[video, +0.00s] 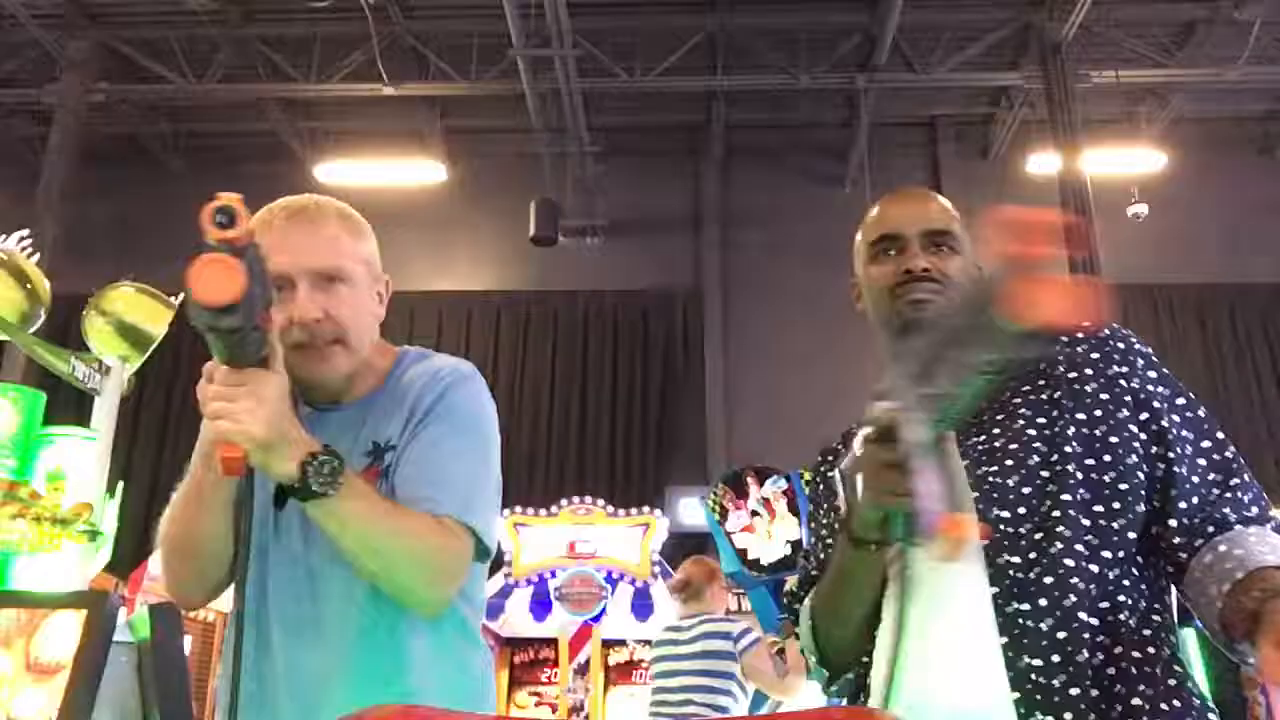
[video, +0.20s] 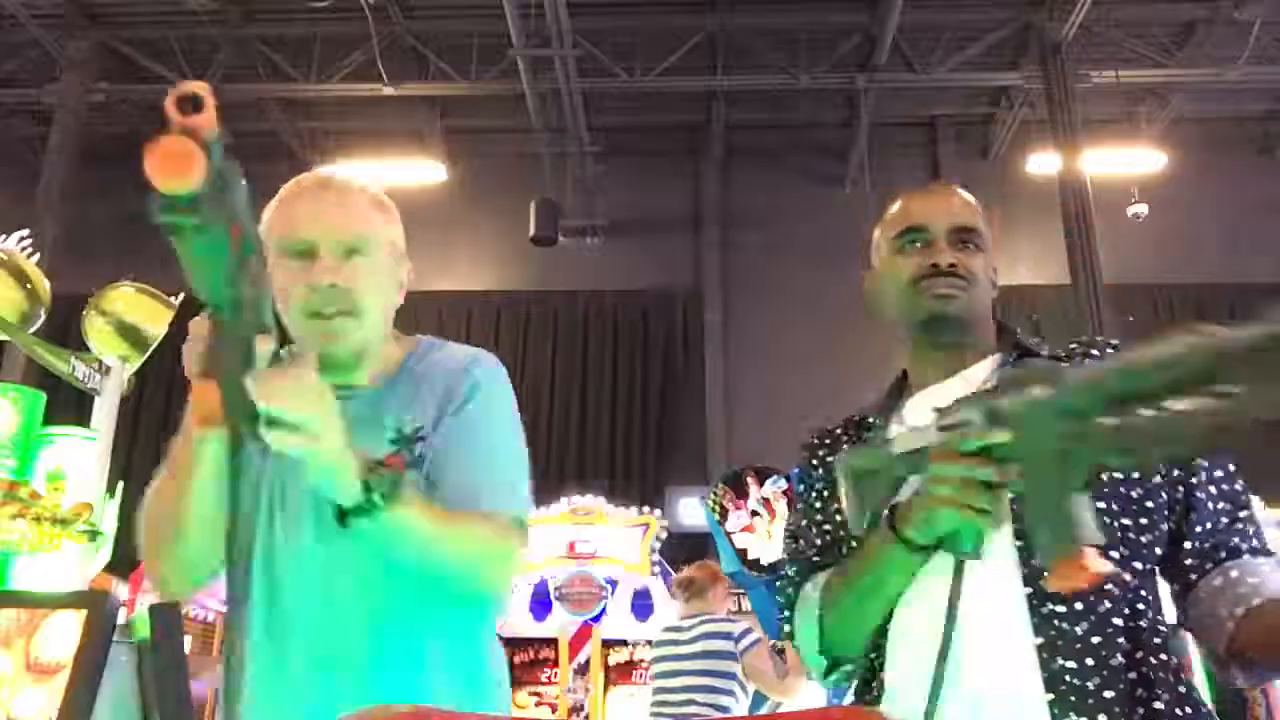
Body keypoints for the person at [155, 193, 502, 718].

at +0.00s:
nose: (305, 312)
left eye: (331, 282)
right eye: (279, 288)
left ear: (381, 297)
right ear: (253, 309)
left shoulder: (446, 391)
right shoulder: (253, 406)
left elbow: (433, 578)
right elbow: (188, 585)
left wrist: (296, 455)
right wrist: (219, 434)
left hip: (417, 709)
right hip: (265, 706)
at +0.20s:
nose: (326, 277)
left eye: (353, 253)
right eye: (301, 255)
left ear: (402, 278)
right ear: (268, 280)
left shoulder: (464, 383)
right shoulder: (247, 400)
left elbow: (493, 566)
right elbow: (172, 575)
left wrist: (348, 474)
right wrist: (207, 408)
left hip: (440, 708)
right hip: (275, 705)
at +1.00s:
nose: (273, 288)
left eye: (299, 270)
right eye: (250, 265)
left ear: (338, 295)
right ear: (216, 283)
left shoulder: (383, 401)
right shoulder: (147, 387)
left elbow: (407, 562)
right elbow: (123, 568)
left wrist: (267, 472)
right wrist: (165, 462)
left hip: (329, 704)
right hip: (162, 704)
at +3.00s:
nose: (270, 322)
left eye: (295, 299)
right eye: (248, 299)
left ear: (343, 314)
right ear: (222, 312)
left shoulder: (397, 429)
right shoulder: (178, 413)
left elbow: (417, 595)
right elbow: (116, 560)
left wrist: (353, 630)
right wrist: (134, 457)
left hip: (328, 708)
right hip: (172, 703)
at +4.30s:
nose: (316, 317)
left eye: (341, 299)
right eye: (296, 295)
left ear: (377, 326)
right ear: (264, 317)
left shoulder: (421, 426)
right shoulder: (211, 411)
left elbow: (433, 573)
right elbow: (174, 587)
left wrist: (291, 497)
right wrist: (195, 485)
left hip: (364, 709)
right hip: (213, 706)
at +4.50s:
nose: (280, 312)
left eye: (308, 293)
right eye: (261, 289)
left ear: (347, 325)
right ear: (228, 307)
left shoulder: (400, 419)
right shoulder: (175, 418)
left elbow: (431, 570)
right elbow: (168, 588)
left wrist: (302, 510)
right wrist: (208, 512)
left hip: (353, 708)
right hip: (199, 707)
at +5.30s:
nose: (280, 320)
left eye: (307, 301)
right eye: (260, 297)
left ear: (348, 322)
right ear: (232, 311)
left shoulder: (395, 419)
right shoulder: (179, 418)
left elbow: (394, 569)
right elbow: (121, 593)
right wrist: (132, 481)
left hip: (338, 708)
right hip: (191, 706)